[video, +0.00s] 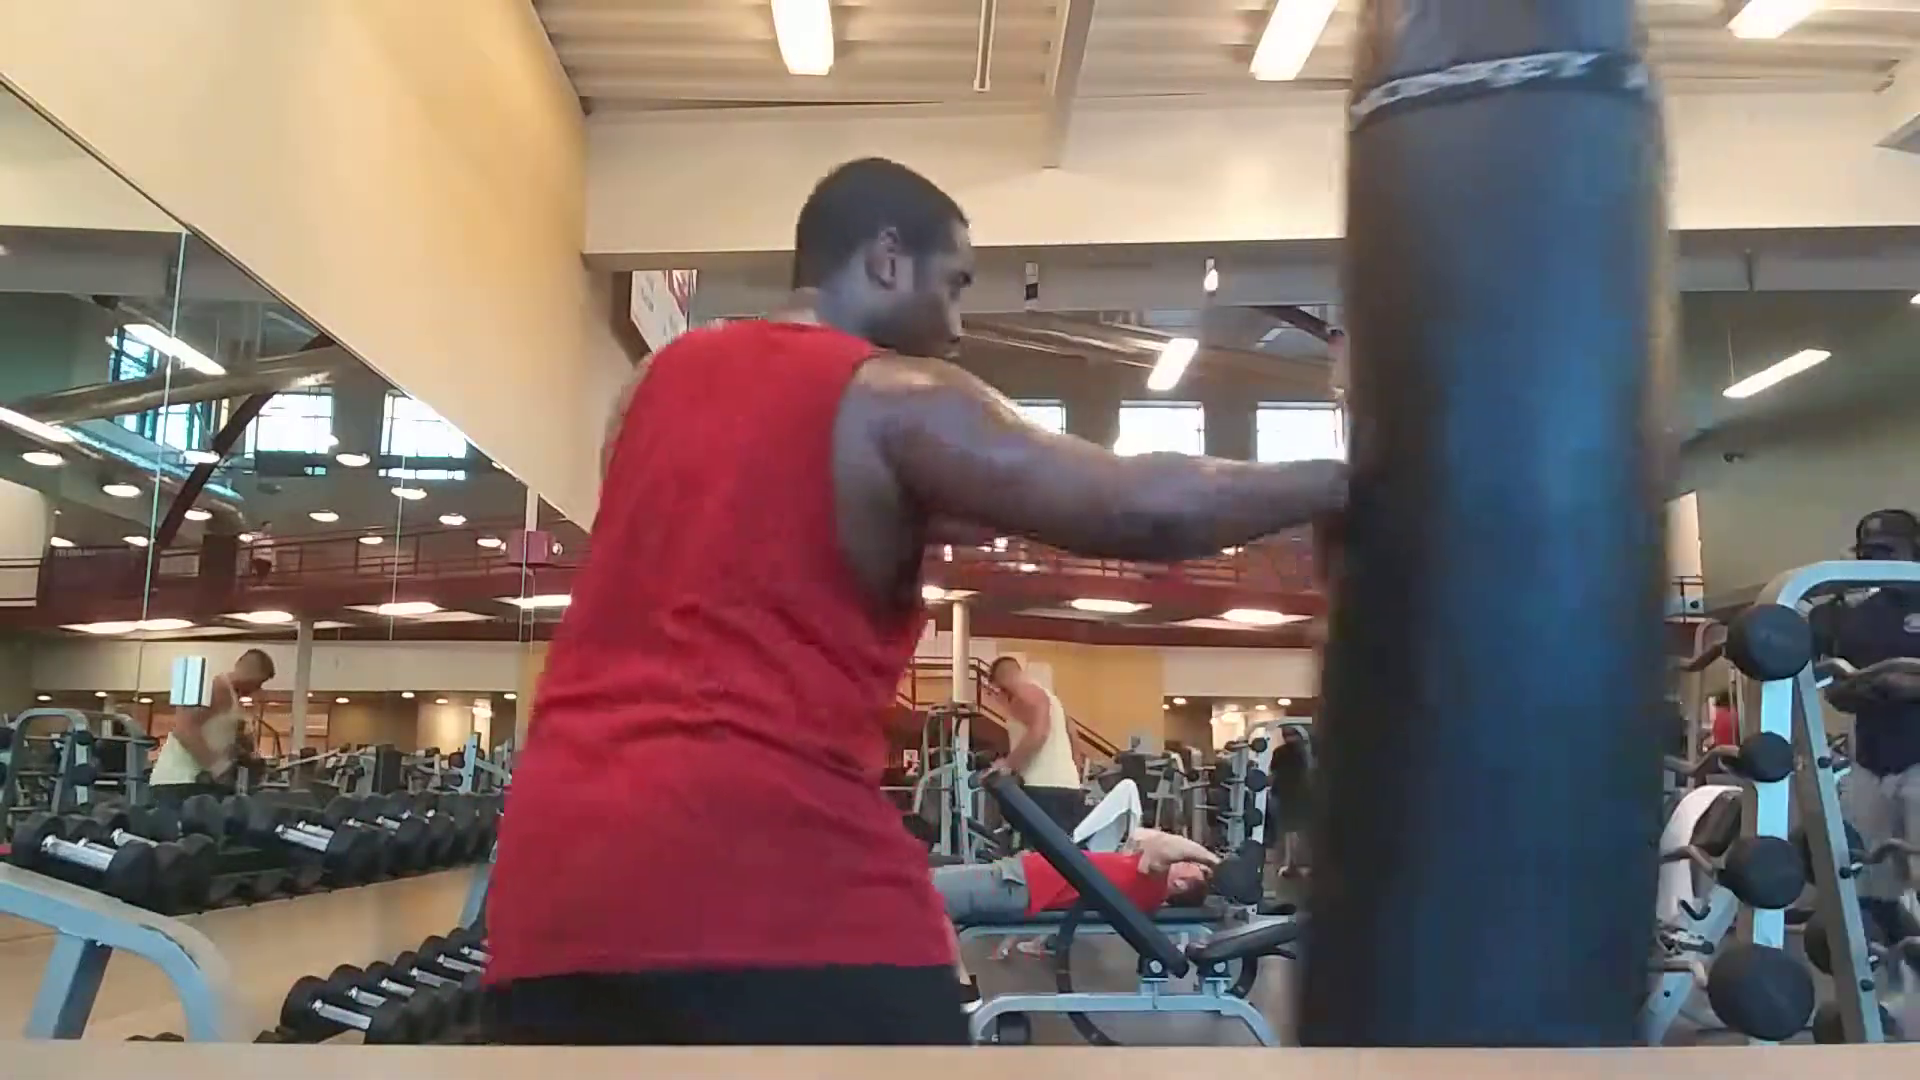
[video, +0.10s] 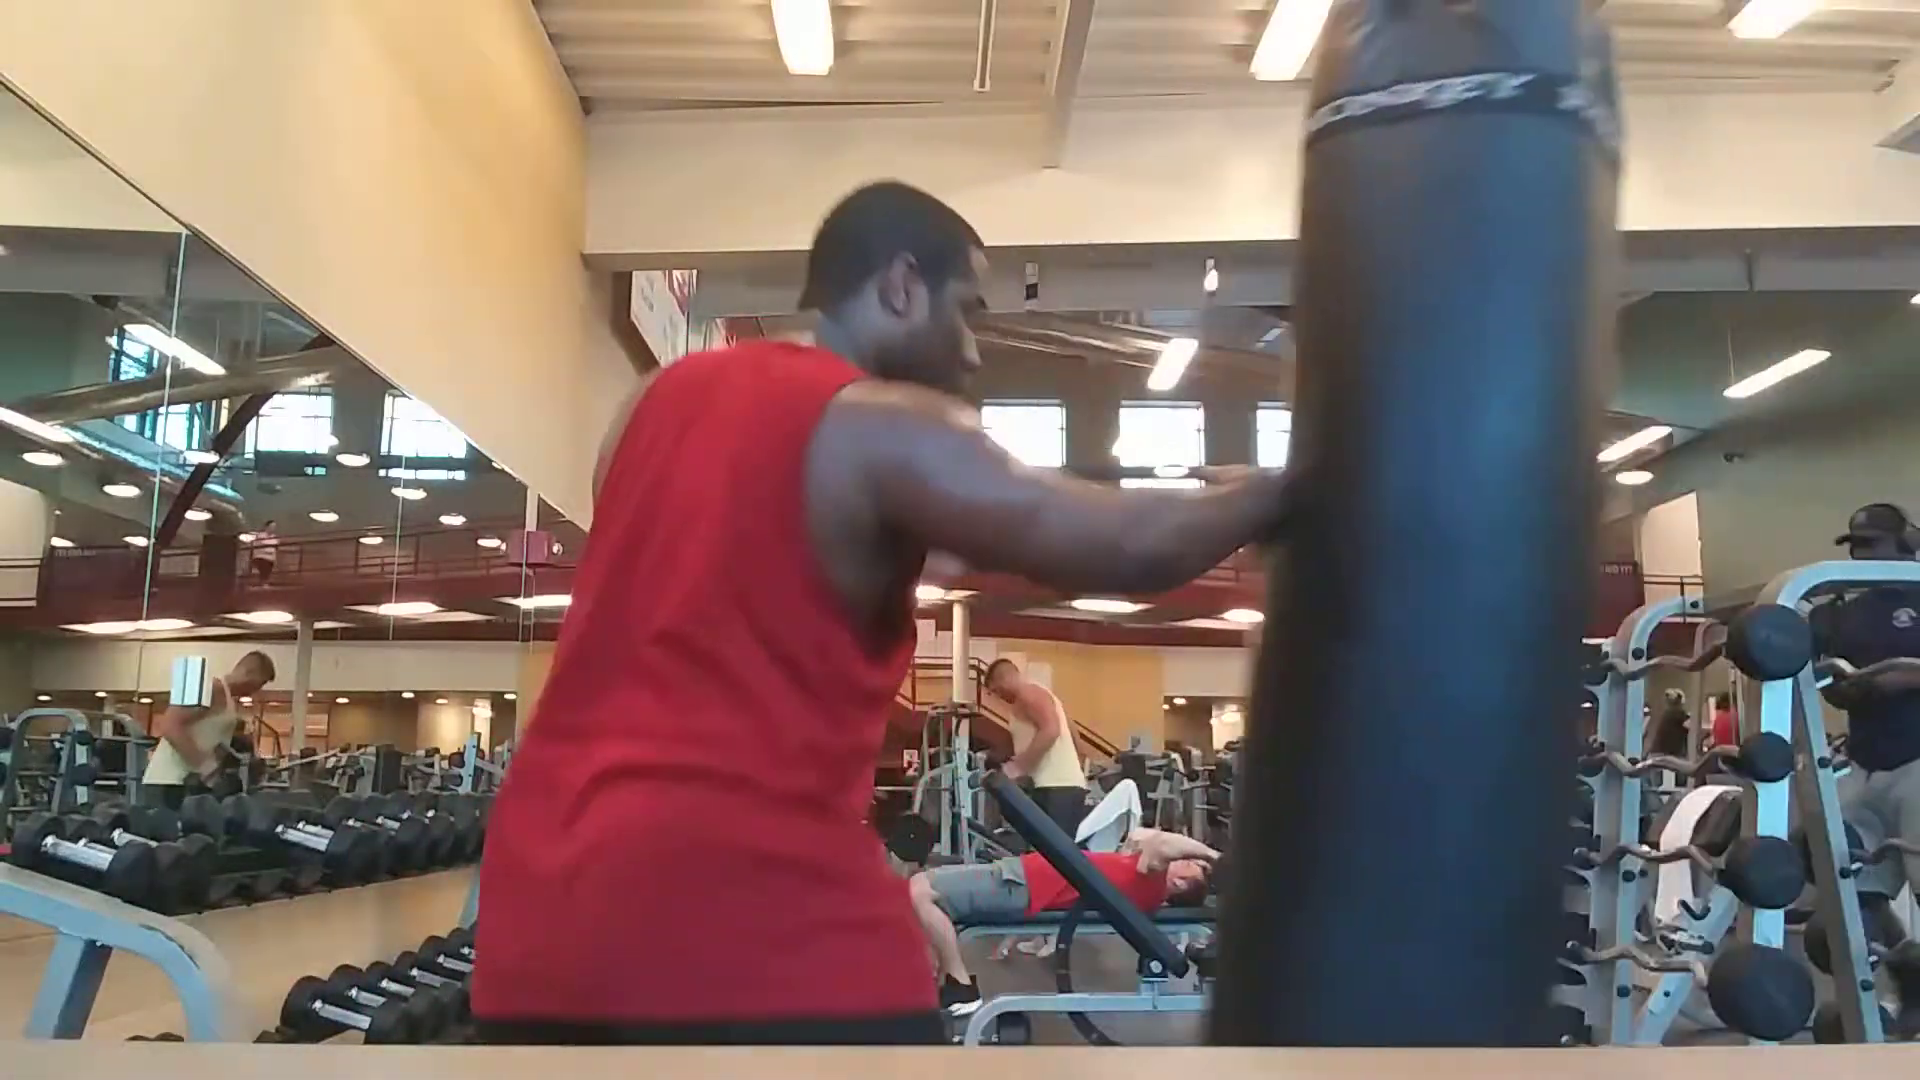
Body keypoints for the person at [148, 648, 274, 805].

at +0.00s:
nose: (258, 688)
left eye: (261, 683)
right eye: (260, 681)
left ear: (241, 667)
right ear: (251, 675)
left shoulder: (231, 698)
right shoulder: (217, 689)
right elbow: (184, 727)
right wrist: (216, 766)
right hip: (178, 782)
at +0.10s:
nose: (256, 691)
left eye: (260, 686)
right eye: (259, 685)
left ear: (244, 669)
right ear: (249, 674)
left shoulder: (231, 703)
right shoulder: (211, 689)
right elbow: (170, 725)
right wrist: (203, 763)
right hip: (167, 784)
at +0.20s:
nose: (255, 695)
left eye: (260, 690)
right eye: (258, 688)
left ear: (245, 674)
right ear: (247, 677)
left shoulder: (232, 706)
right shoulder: (209, 693)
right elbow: (163, 726)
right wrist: (191, 768)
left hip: (185, 790)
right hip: (157, 787)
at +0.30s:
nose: (253, 708)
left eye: (259, 704)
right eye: (257, 701)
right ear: (246, 687)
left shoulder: (226, 715)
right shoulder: (206, 697)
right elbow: (158, 730)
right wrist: (179, 776)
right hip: (150, 789)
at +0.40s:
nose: (256, 718)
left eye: (260, 715)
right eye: (258, 712)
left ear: (248, 699)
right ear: (247, 699)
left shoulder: (224, 725)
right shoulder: (206, 711)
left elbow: (201, 763)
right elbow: (156, 734)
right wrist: (168, 787)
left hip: (162, 795)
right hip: (135, 789)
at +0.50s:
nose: (248, 737)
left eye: (252, 734)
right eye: (250, 731)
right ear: (242, 718)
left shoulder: (220, 738)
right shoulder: (203, 724)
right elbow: (148, 746)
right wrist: (162, 791)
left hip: (145, 799)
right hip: (122, 795)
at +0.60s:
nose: (240, 756)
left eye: (246, 755)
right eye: (243, 751)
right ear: (240, 733)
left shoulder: (221, 754)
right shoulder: (199, 737)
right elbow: (138, 756)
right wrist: (159, 796)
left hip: (151, 807)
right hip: (121, 801)